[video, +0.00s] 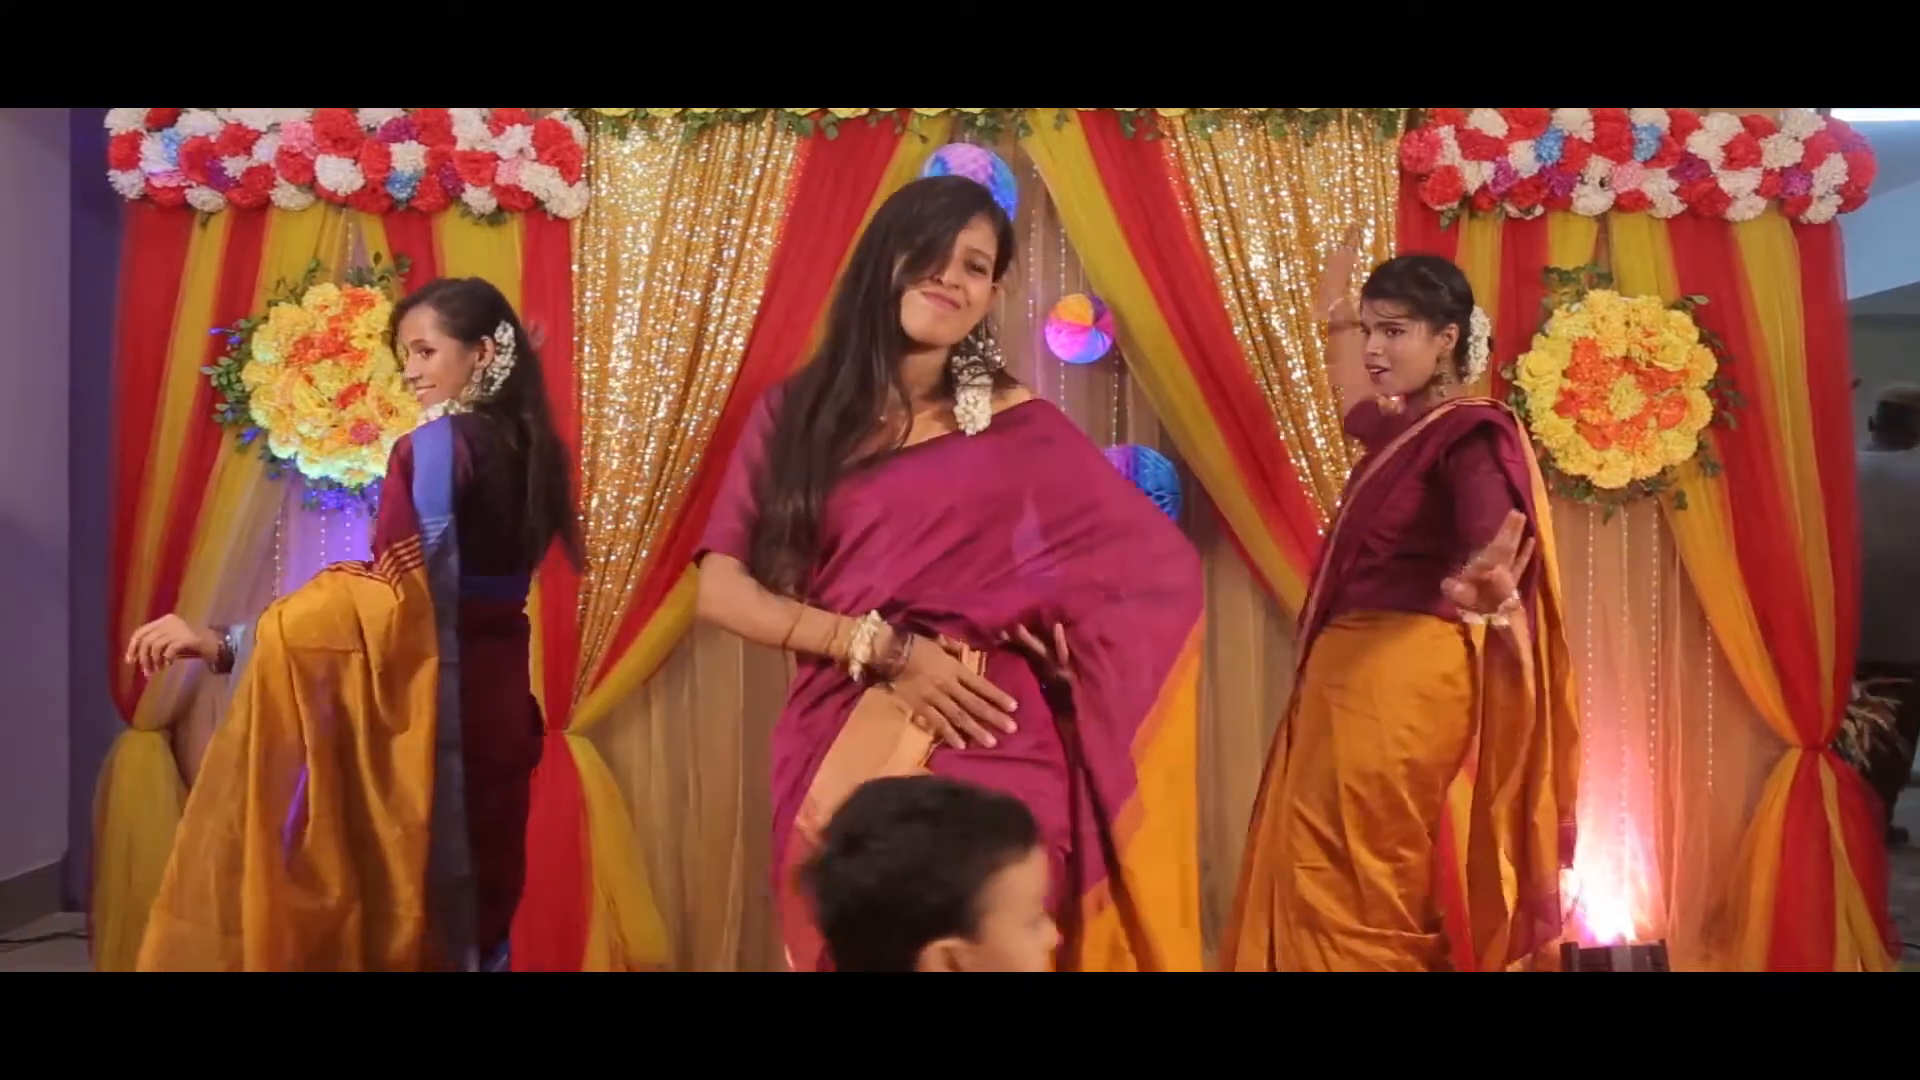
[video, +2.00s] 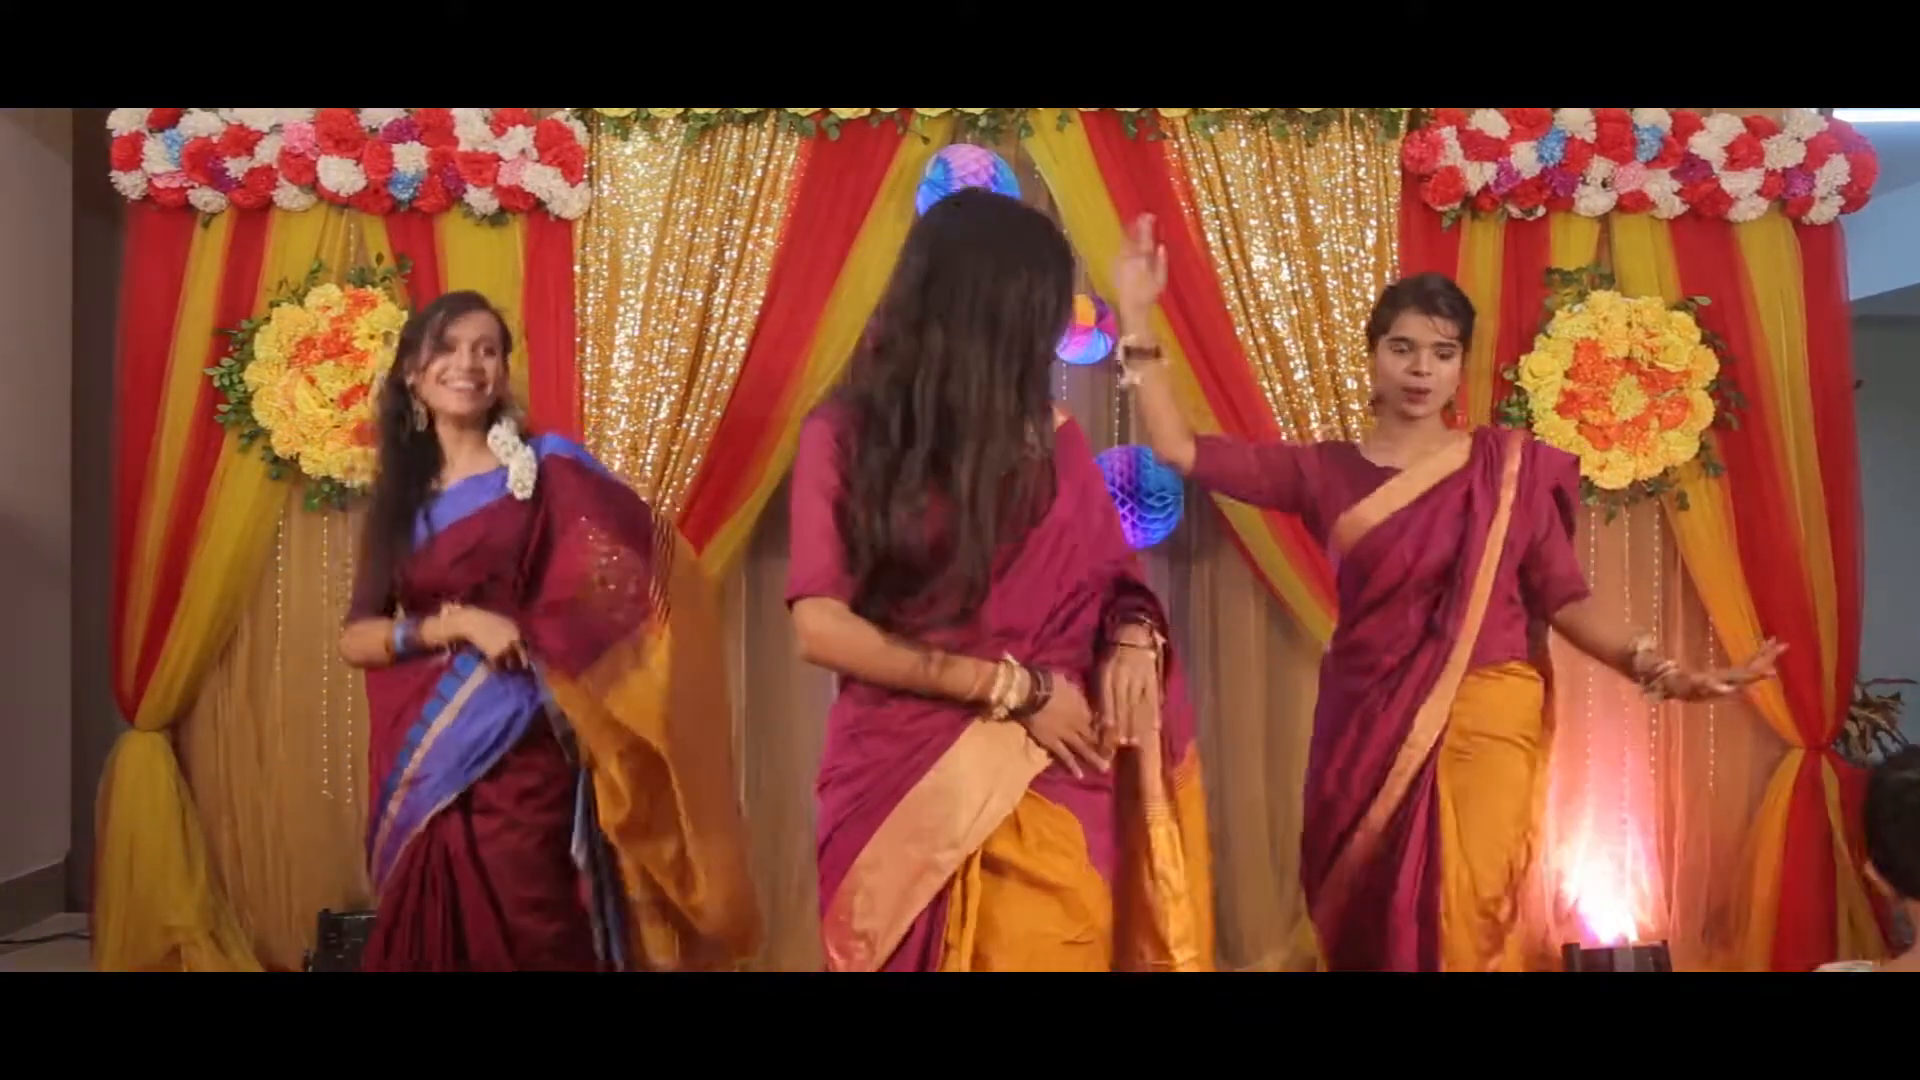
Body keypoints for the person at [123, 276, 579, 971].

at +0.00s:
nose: (410, 371)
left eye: (425, 350)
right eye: (406, 355)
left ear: (489, 351)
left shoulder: (434, 445)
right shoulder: (531, 446)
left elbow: (400, 605)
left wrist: (225, 644)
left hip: (440, 707)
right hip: (503, 702)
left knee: (421, 905)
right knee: (484, 910)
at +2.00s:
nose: (468, 366)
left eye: (486, 352)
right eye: (447, 351)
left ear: (504, 373)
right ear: (414, 377)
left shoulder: (548, 467)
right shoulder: (400, 497)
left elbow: (650, 564)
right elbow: (356, 639)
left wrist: (539, 639)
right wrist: (454, 623)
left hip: (524, 748)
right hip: (422, 759)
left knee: (533, 936)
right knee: (427, 934)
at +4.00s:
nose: (487, 351)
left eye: (504, 338)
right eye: (467, 334)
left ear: (518, 356)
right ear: (428, 349)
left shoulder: (547, 438)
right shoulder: (392, 457)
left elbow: (655, 536)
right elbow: (354, 602)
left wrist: (549, 597)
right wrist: (464, 592)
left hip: (555, 702)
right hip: (450, 715)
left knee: (561, 911)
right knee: (460, 912)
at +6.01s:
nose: (489, 358)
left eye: (510, 345)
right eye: (471, 339)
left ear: (531, 369)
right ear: (441, 358)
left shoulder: (570, 460)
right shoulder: (414, 482)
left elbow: (620, 584)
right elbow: (408, 607)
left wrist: (603, 691)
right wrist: (379, 687)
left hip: (540, 735)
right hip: (433, 742)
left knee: (541, 933)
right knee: (440, 933)